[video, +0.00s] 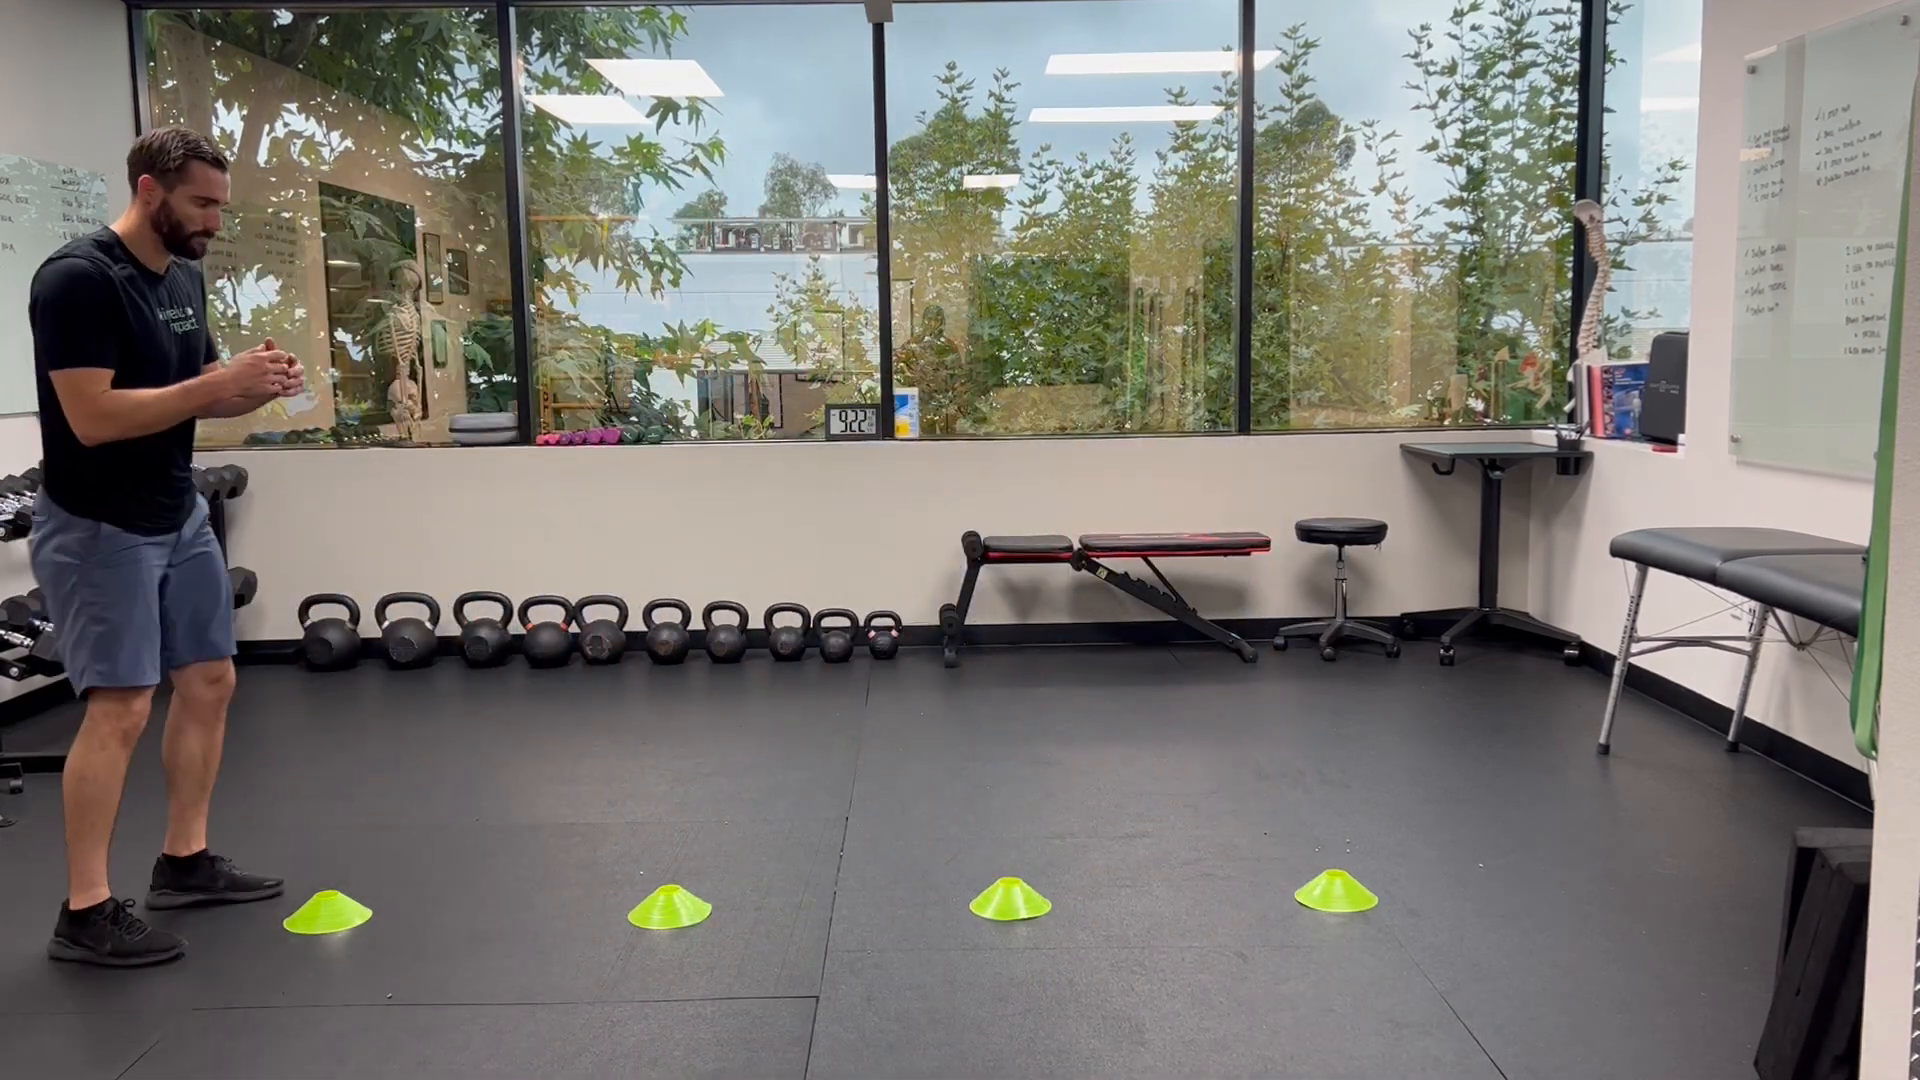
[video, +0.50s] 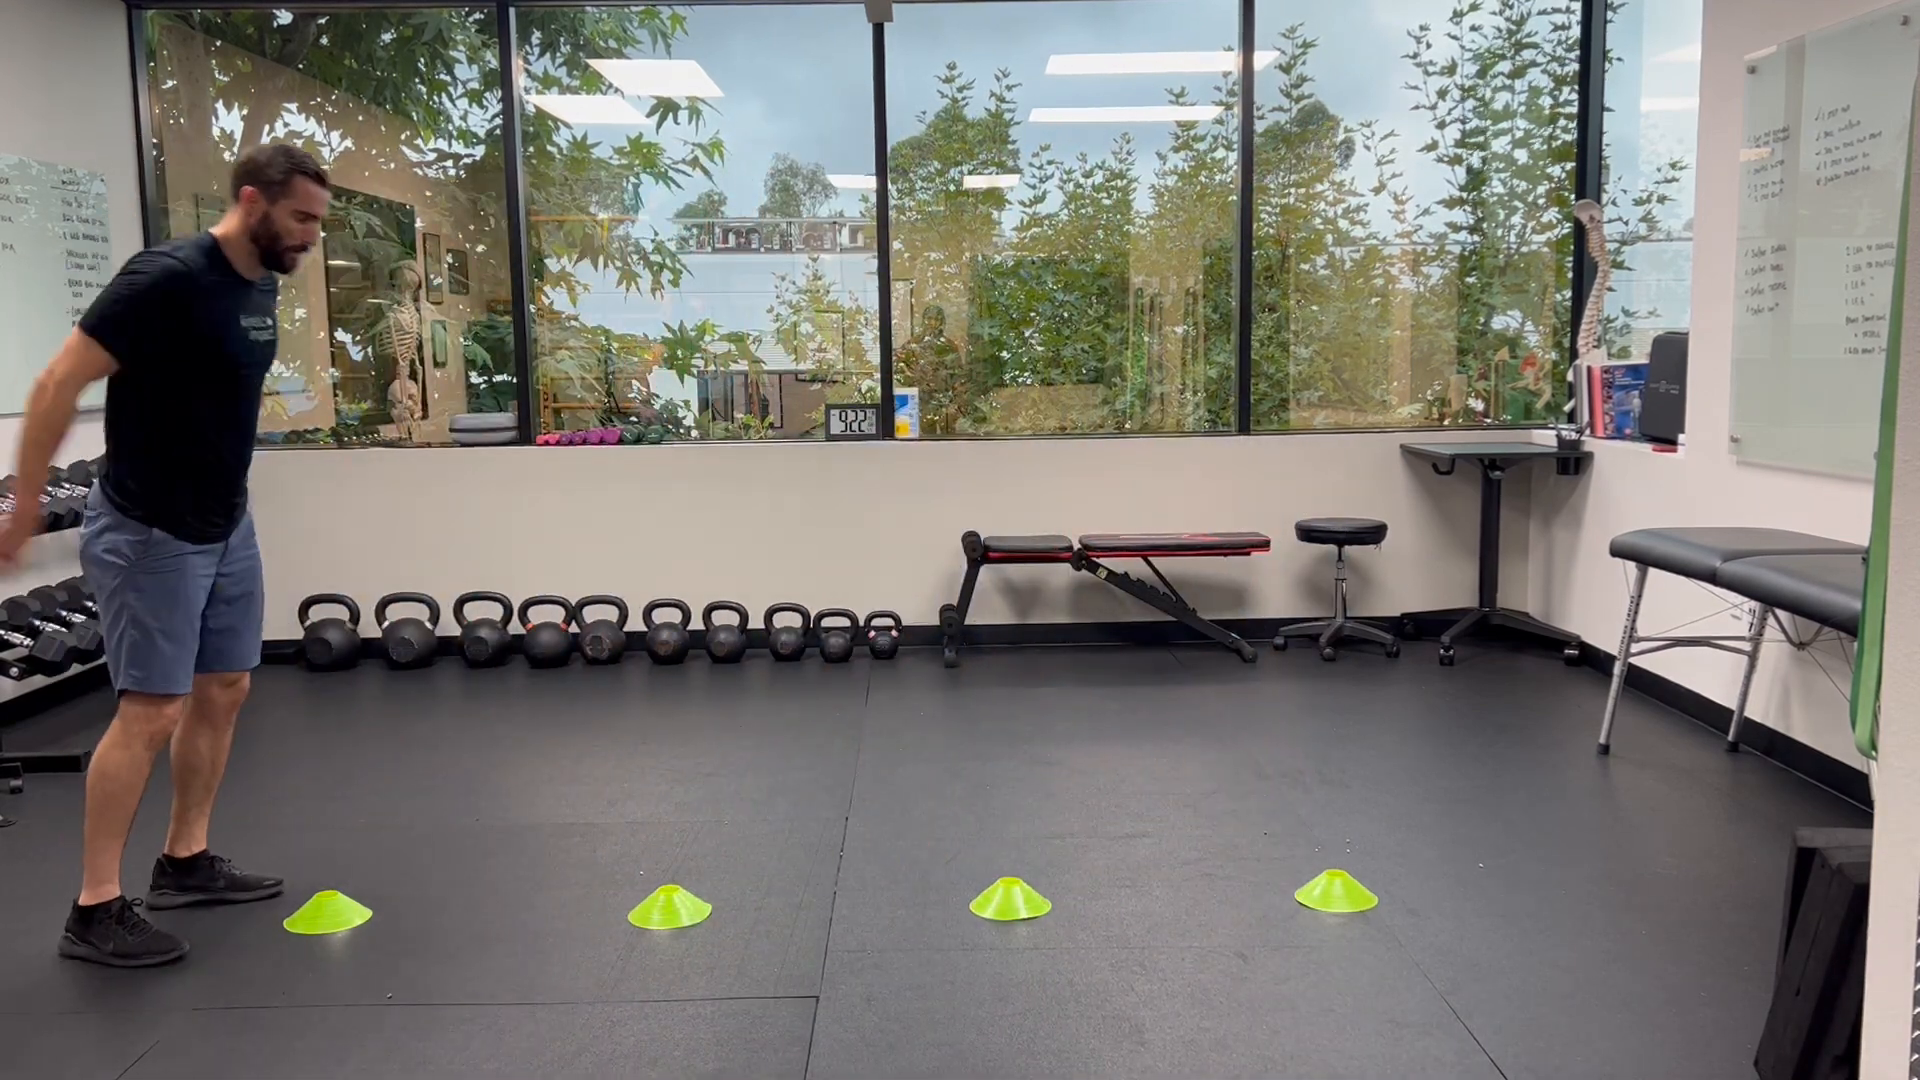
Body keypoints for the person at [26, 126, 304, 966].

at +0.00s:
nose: (215, 222)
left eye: (221, 206)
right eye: (204, 204)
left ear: (179, 198)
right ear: (150, 191)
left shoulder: (181, 276)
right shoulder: (75, 279)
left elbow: (181, 399)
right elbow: (92, 420)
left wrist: (243, 388)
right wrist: (217, 386)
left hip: (177, 518)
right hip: (96, 529)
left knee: (208, 681)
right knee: (118, 707)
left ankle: (185, 859)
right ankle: (86, 910)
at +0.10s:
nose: (222, 218)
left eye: (228, 204)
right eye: (211, 200)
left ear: (192, 196)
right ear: (160, 186)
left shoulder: (195, 278)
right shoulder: (84, 275)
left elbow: (196, 403)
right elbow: (102, 413)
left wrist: (259, 391)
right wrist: (228, 379)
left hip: (193, 518)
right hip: (112, 528)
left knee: (213, 679)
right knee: (128, 705)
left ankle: (185, 860)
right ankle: (88, 905)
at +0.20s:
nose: (234, 222)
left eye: (240, 207)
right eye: (223, 204)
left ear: (221, 201)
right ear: (171, 191)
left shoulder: (207, 280)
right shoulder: (99, 278)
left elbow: (219, 396)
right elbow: (113, 415)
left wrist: (283, 395)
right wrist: (244, 393)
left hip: (202, 521)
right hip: (122, 532)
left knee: (226, 683)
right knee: (146, 706)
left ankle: (186, 859)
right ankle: (92, 904)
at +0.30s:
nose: (250, 229)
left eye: (256, 215)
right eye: (239, 211)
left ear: (219, 206)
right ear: (187, 196)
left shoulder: (217, 287)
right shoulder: (114, 282)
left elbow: (241, 401)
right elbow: (118, 423)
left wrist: (302, 437)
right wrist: (250, 454)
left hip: (212, 528)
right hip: (132, 538)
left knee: (239, 686)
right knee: (155, 713)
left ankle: (189, 859)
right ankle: (95, 907)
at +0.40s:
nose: (272, 232)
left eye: (279, 217)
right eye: (263, 214)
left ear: (247, 211)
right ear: (211, 198)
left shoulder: (236, 287)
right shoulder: (134, 278)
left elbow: (234, 406)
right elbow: (98, 418)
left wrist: (278, 503)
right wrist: (166, 533)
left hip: (220, 524)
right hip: (140, 531)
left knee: (235, 685)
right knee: (155, 709)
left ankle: (187, 859)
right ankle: (95, 907)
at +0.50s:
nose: (311, 238)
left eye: (319, 223)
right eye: (301, 219)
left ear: (293, 217)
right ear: (249, 202)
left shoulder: (261, 286)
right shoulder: (165, 276)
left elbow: (209, 394)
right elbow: (57, 383)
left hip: (225, 528)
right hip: (149, 535)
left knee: (222, 690)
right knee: (148, 713)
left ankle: (186, 858)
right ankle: (97, 907)